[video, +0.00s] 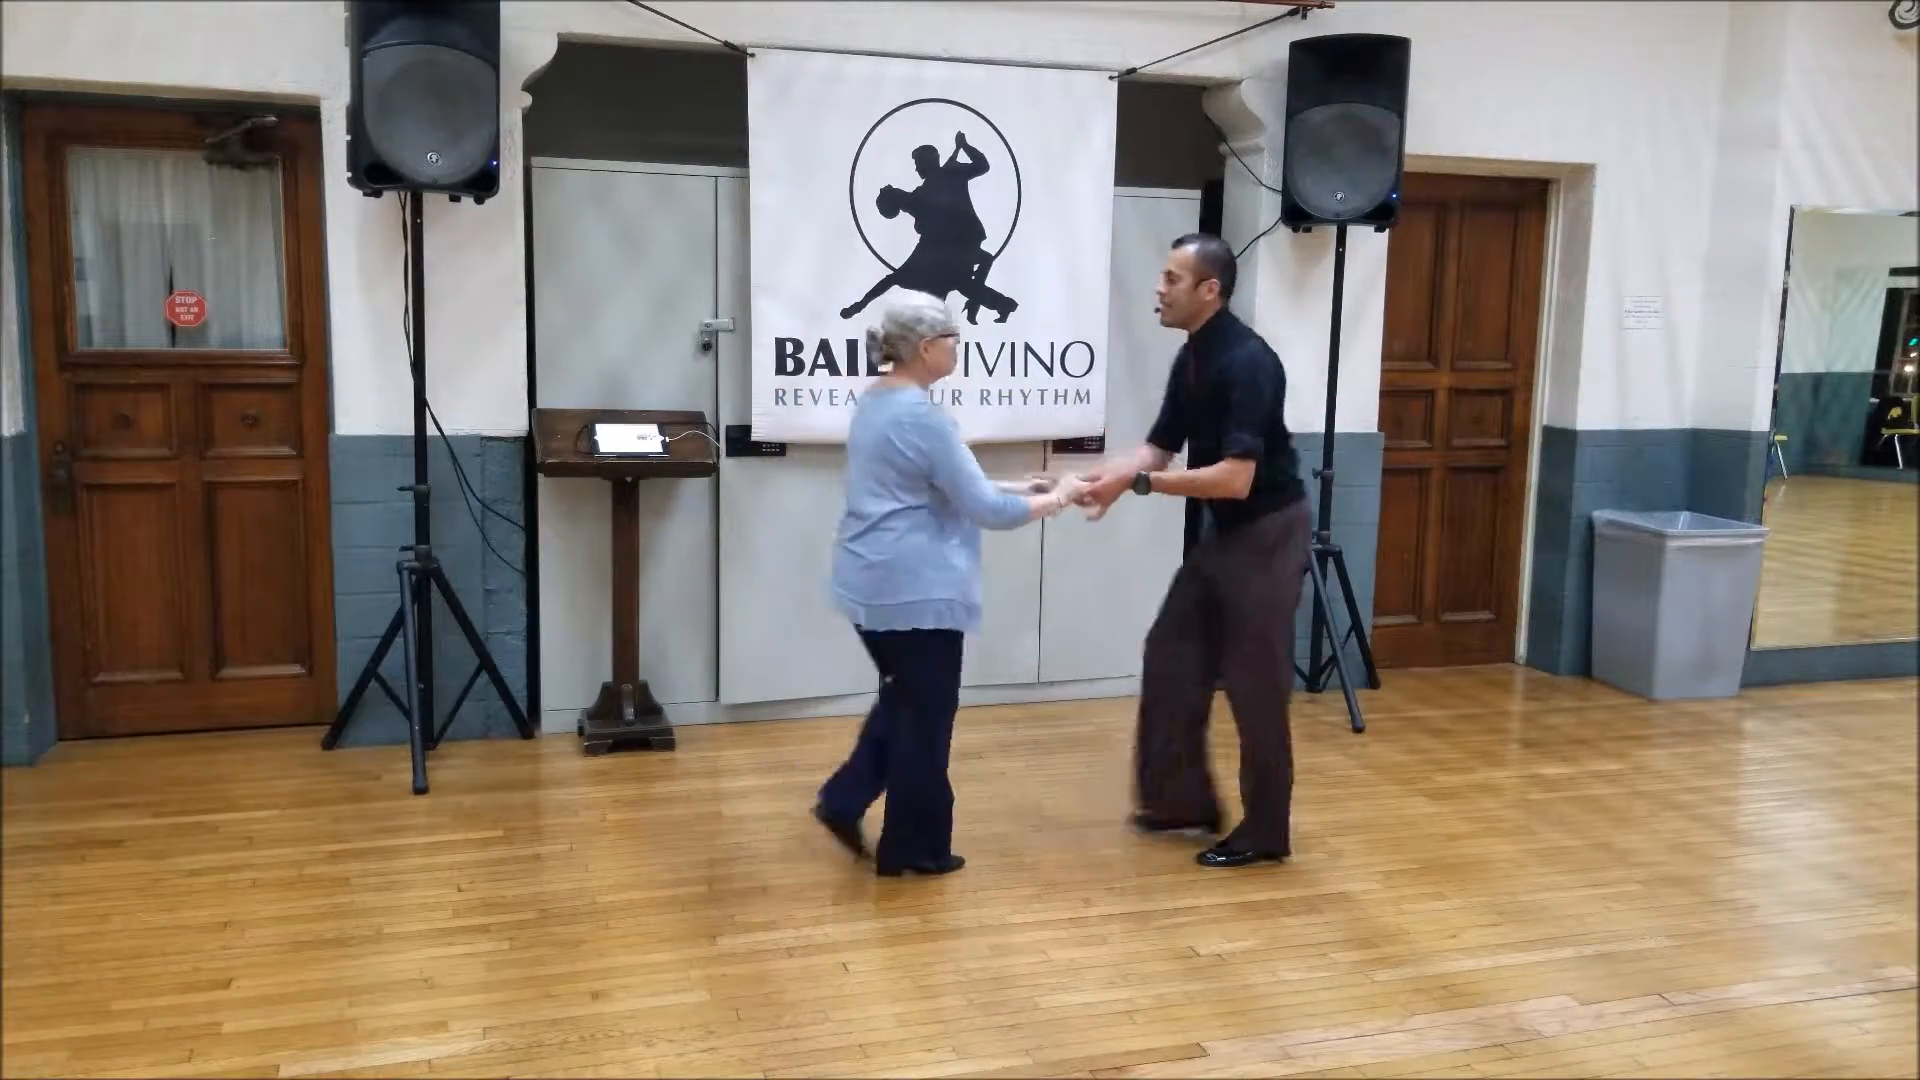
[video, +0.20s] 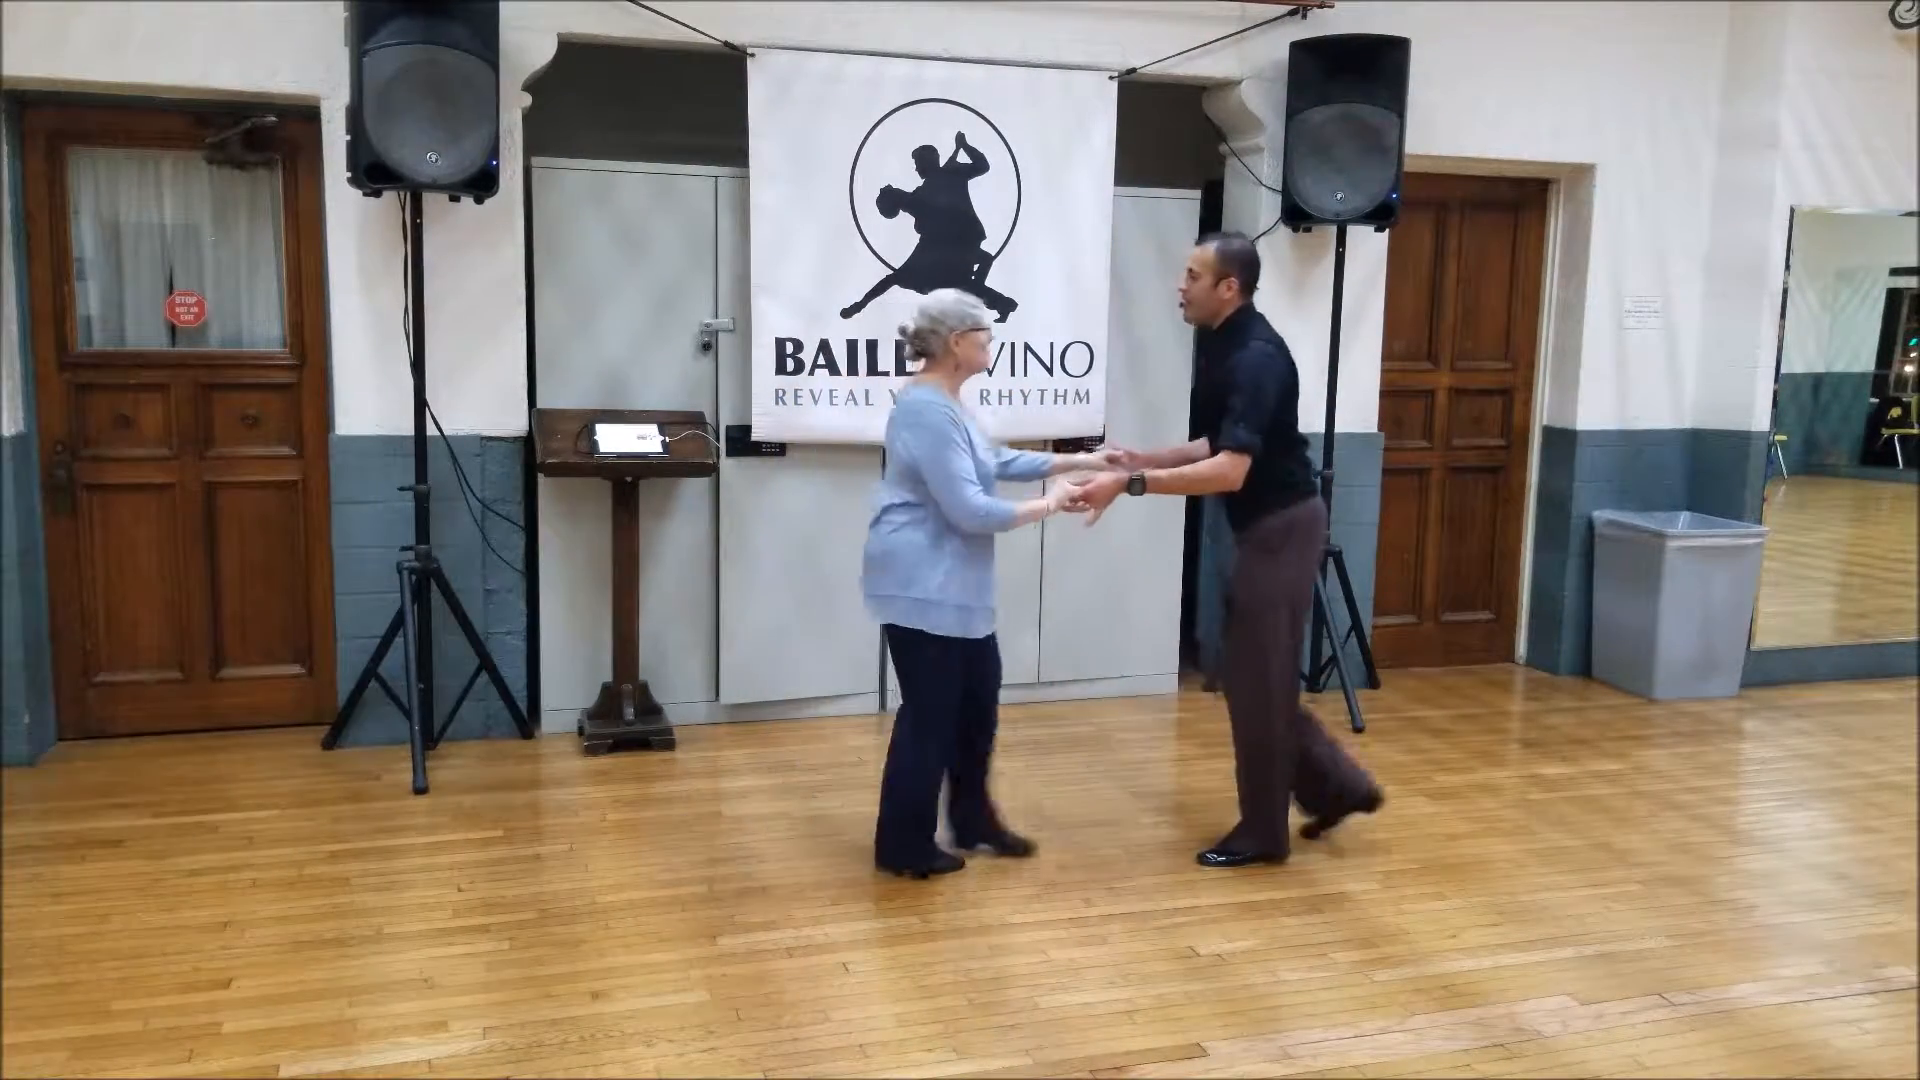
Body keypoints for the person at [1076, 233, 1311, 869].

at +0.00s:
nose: (1159, 289)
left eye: (1172, 280)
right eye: (1161, 278)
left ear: (1209, 289)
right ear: (1194, 289)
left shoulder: (1246, 361)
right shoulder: (1192, 355)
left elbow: (1236, 478)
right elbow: (1163, 447)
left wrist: (1147, 481)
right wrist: (1114, 481)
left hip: (1267, 535)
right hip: (1218, 533)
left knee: (1256, 680)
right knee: (1171, 658)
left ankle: (1266, 833)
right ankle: (1183, 804)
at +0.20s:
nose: (1181, 287)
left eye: (1193, 278)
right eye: (1184, 275)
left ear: (1229, 288)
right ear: (1222, 287)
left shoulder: (1257, 356)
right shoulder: (1216, 343)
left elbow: (1231, 471)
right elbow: (1209, 447)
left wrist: (1132, 482)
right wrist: (1134, 458)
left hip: (1283, 527)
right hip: (1253, 523)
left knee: (1258, 680)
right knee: (1235, 674)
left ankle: (1262, 833)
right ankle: (1339, 787)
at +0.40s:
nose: (1204, 292)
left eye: (1216, 284)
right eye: (1208, 281)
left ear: (1252, 296)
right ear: (1252, 295)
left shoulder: (1271, 364)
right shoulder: (1259, 349)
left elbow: (1238, 481)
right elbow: (1244, 452)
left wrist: (1147, 483)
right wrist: (1185, 455)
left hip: (1287, 538)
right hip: (1290, 530)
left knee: (1217, 676)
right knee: (1325, 670)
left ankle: (1249, 825)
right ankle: (1390, 809)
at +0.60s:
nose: (1206, 300)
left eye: (1217, 291)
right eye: (1209, 288)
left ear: (1255, 303)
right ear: (1249, 301)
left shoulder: (1282, 375)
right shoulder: (1247, 363)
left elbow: (1268, 487)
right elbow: (1234, 465)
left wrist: (1181, 470)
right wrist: (1173, 473)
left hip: (1281, 548)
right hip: (1271, 544)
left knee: (1204, 681)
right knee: (1320, 683)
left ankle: (1246, 831)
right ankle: (1383, 819)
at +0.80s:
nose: (1180, 282)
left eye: (1193, 272)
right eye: (1183, 270)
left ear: (1232, 282)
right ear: (1222, 281)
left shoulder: (1263, 350)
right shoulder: (1202, 353)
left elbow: (1226, 425)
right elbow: (1159, 451)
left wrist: (1146, 374)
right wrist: (1077, 469)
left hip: (1254, 534)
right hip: (1216, 532)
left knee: (1235, 679)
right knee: (1225, 673)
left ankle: (1246, 833)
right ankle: (1331, 778)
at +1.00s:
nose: (1140, 277)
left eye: (1153, 267)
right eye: (1141, 266)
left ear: (1194, 275)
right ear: (1173, 273)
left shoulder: (1221, 331)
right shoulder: (1167, 346)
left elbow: (1144, 341)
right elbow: (1113, 439)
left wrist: (1070, 298)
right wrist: (1030, 451)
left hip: (1227, 531)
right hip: (1178, 532)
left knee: (1239, 680)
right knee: (1132, 668)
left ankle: (1258, 833)